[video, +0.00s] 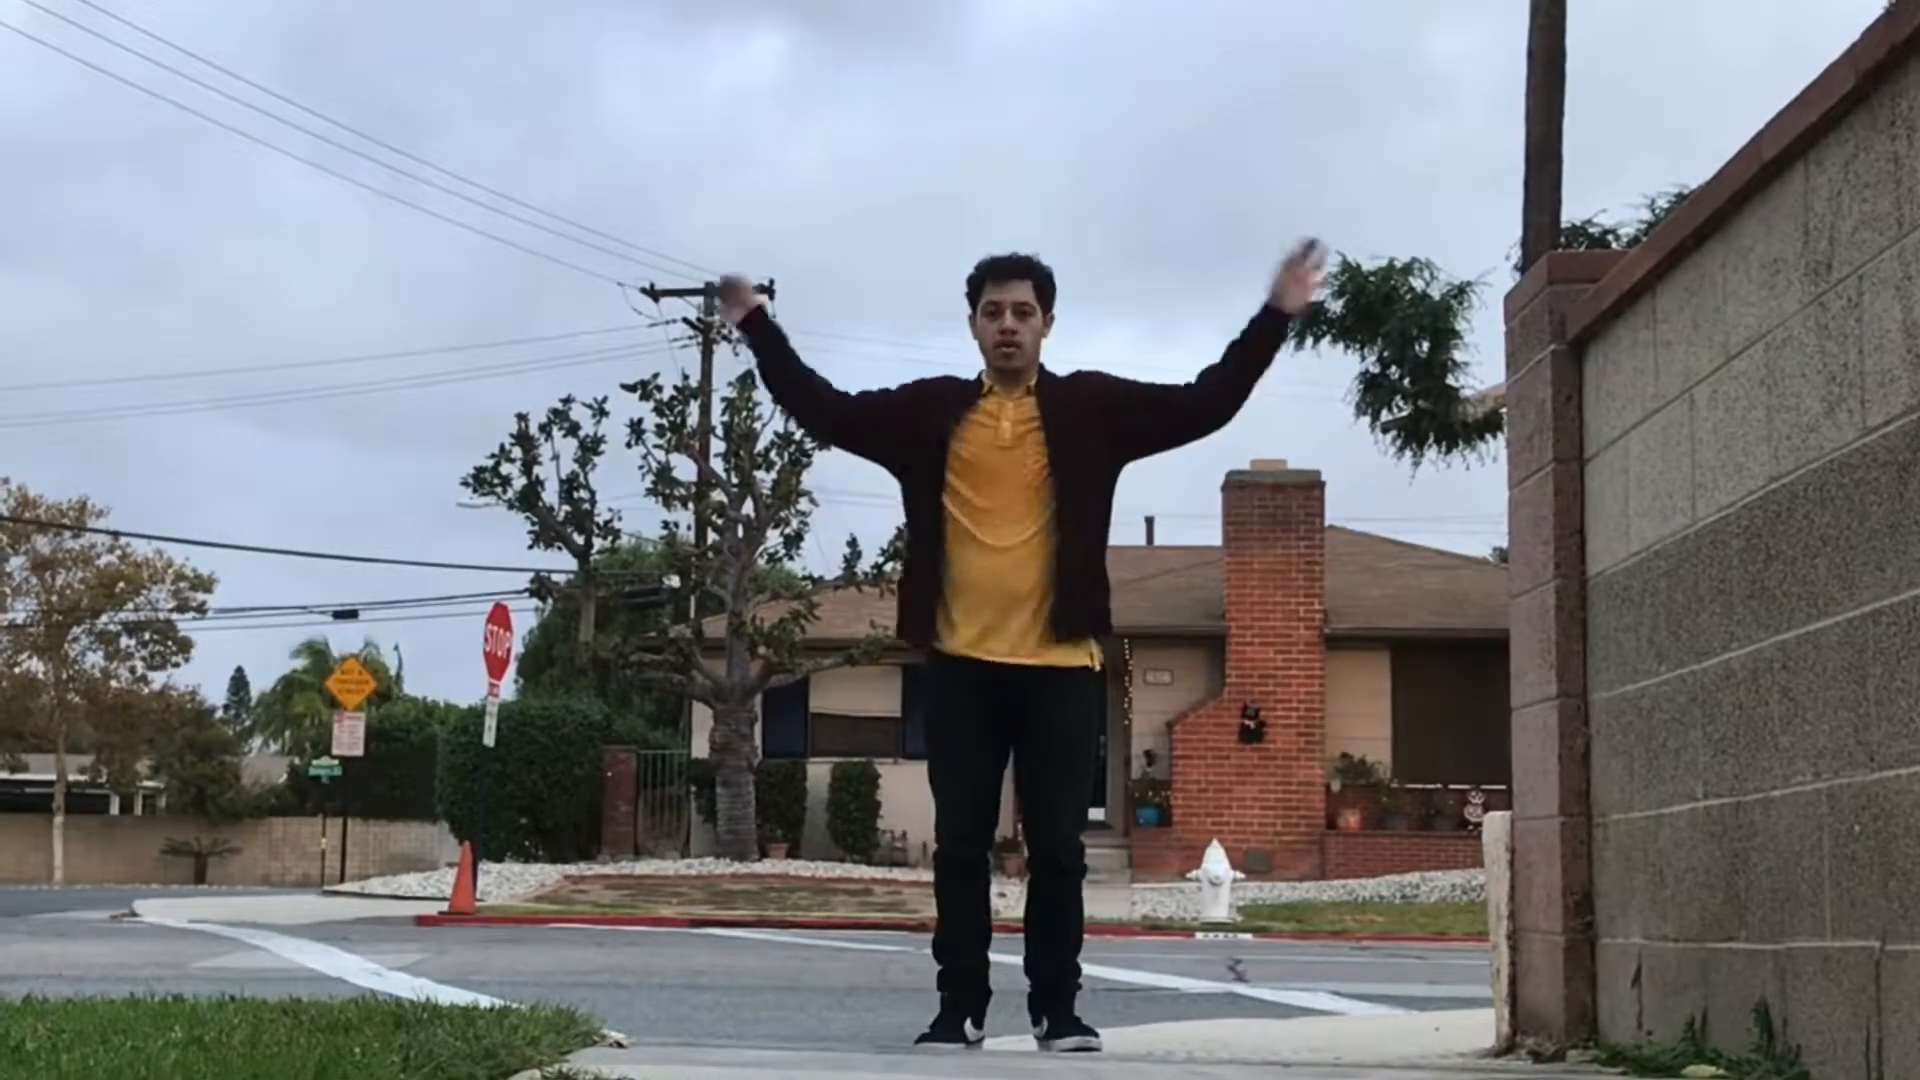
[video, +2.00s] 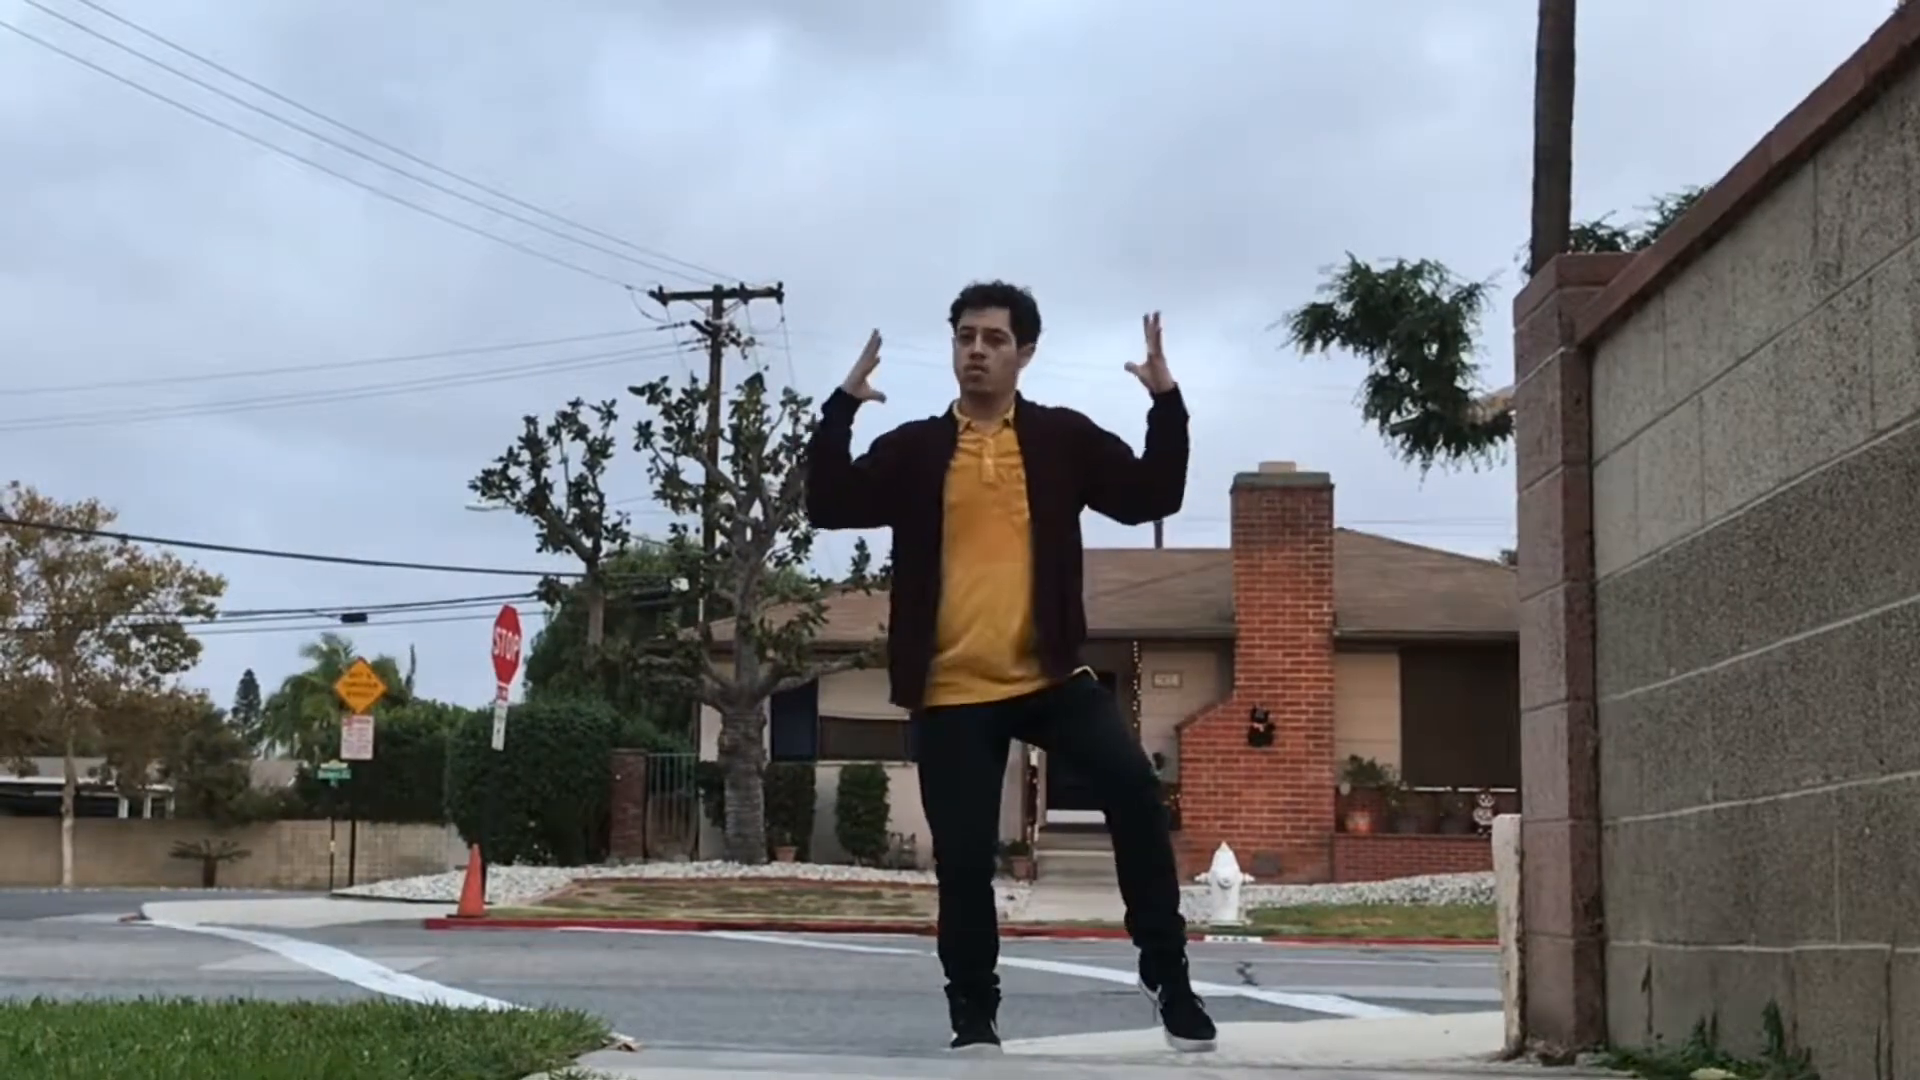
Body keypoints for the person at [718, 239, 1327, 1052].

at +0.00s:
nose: (1007, 325)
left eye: (1023, 312)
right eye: (993, 312)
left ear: (1047, 324)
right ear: (973, 325)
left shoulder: (1093, 406)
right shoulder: (929, 409)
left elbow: (1205, 404)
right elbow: (826, 413)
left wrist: (1276, 314)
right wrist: (756, 325)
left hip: (1061, 668)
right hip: (959, 666)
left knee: (1058, 849)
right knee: (961, 846)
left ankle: (1058, 1013)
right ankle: (960, 1013)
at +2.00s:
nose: (976, 350)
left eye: (994, 339)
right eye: (966, 337)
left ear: (1025, 353)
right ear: (951, 349)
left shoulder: (1063, 436)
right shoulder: (911, 449)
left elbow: (1155, 495)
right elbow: (828, 502)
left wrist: (1166, 399)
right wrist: (844, 402)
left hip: (1052, 679)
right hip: (952, 691)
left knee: (1134, 789)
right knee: (962, 860)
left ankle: (1170, 977)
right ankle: (973, 1019)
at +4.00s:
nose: (1044, 345)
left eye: (1060, 332)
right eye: (1030, 330)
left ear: (1078, 345)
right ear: (1006, 339)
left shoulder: (1118, 432)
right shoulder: (969, 445)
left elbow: (1200, 521)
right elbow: (937, 551)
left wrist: (1169, 625)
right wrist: (895, 614)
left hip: (1084, 671)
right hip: (989, 667)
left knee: (1068, 838)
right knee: (972, 816)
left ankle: (1047, 1009)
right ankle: (982, 995)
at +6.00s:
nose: (1006, 330)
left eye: (1018, 316)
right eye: (990, 320)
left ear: (1042, 329)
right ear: (969, 337)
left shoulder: (1088, 428)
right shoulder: (945, 434)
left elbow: (1115, 545)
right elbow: (912, 554)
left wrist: (1119, 651)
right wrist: (912, 667)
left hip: (1073, 674)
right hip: (982, 672)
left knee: (1068, 849)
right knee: (980, 839)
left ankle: (1052, 1011)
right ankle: (944, 1010)